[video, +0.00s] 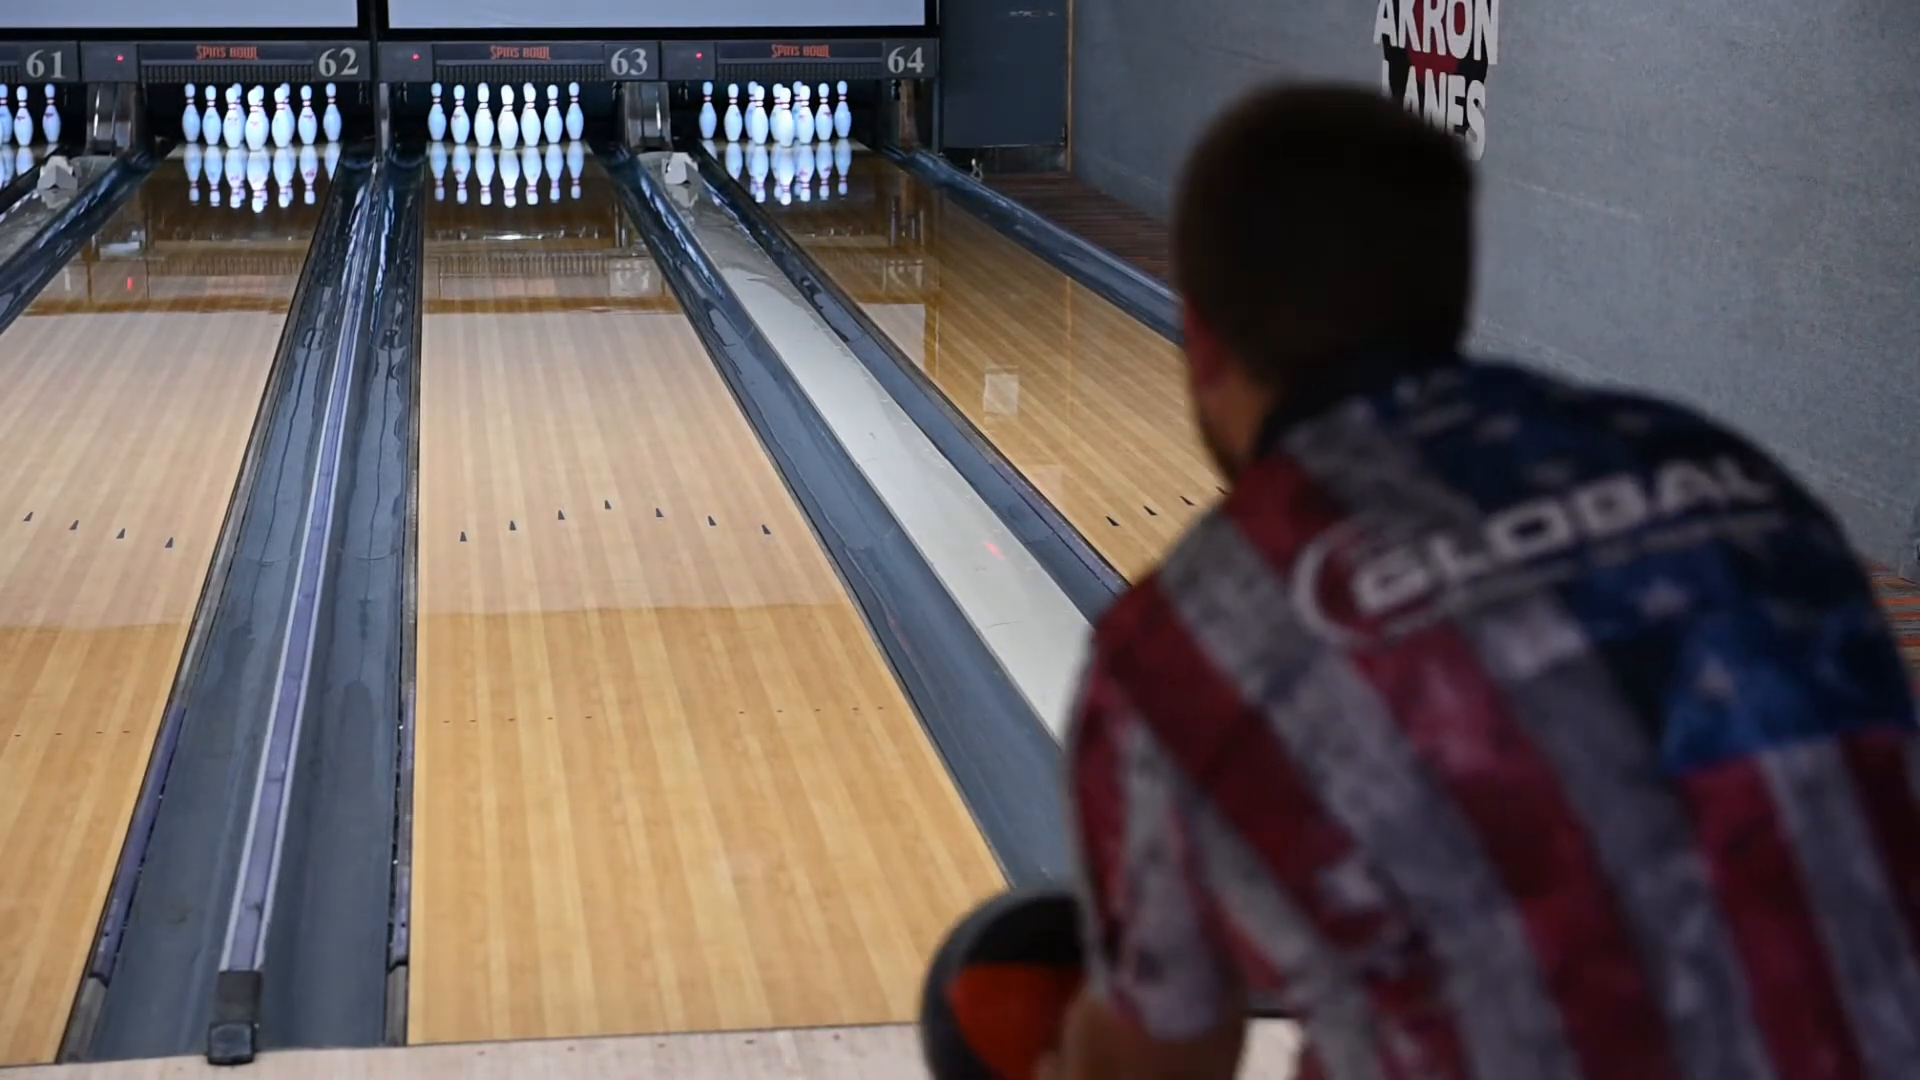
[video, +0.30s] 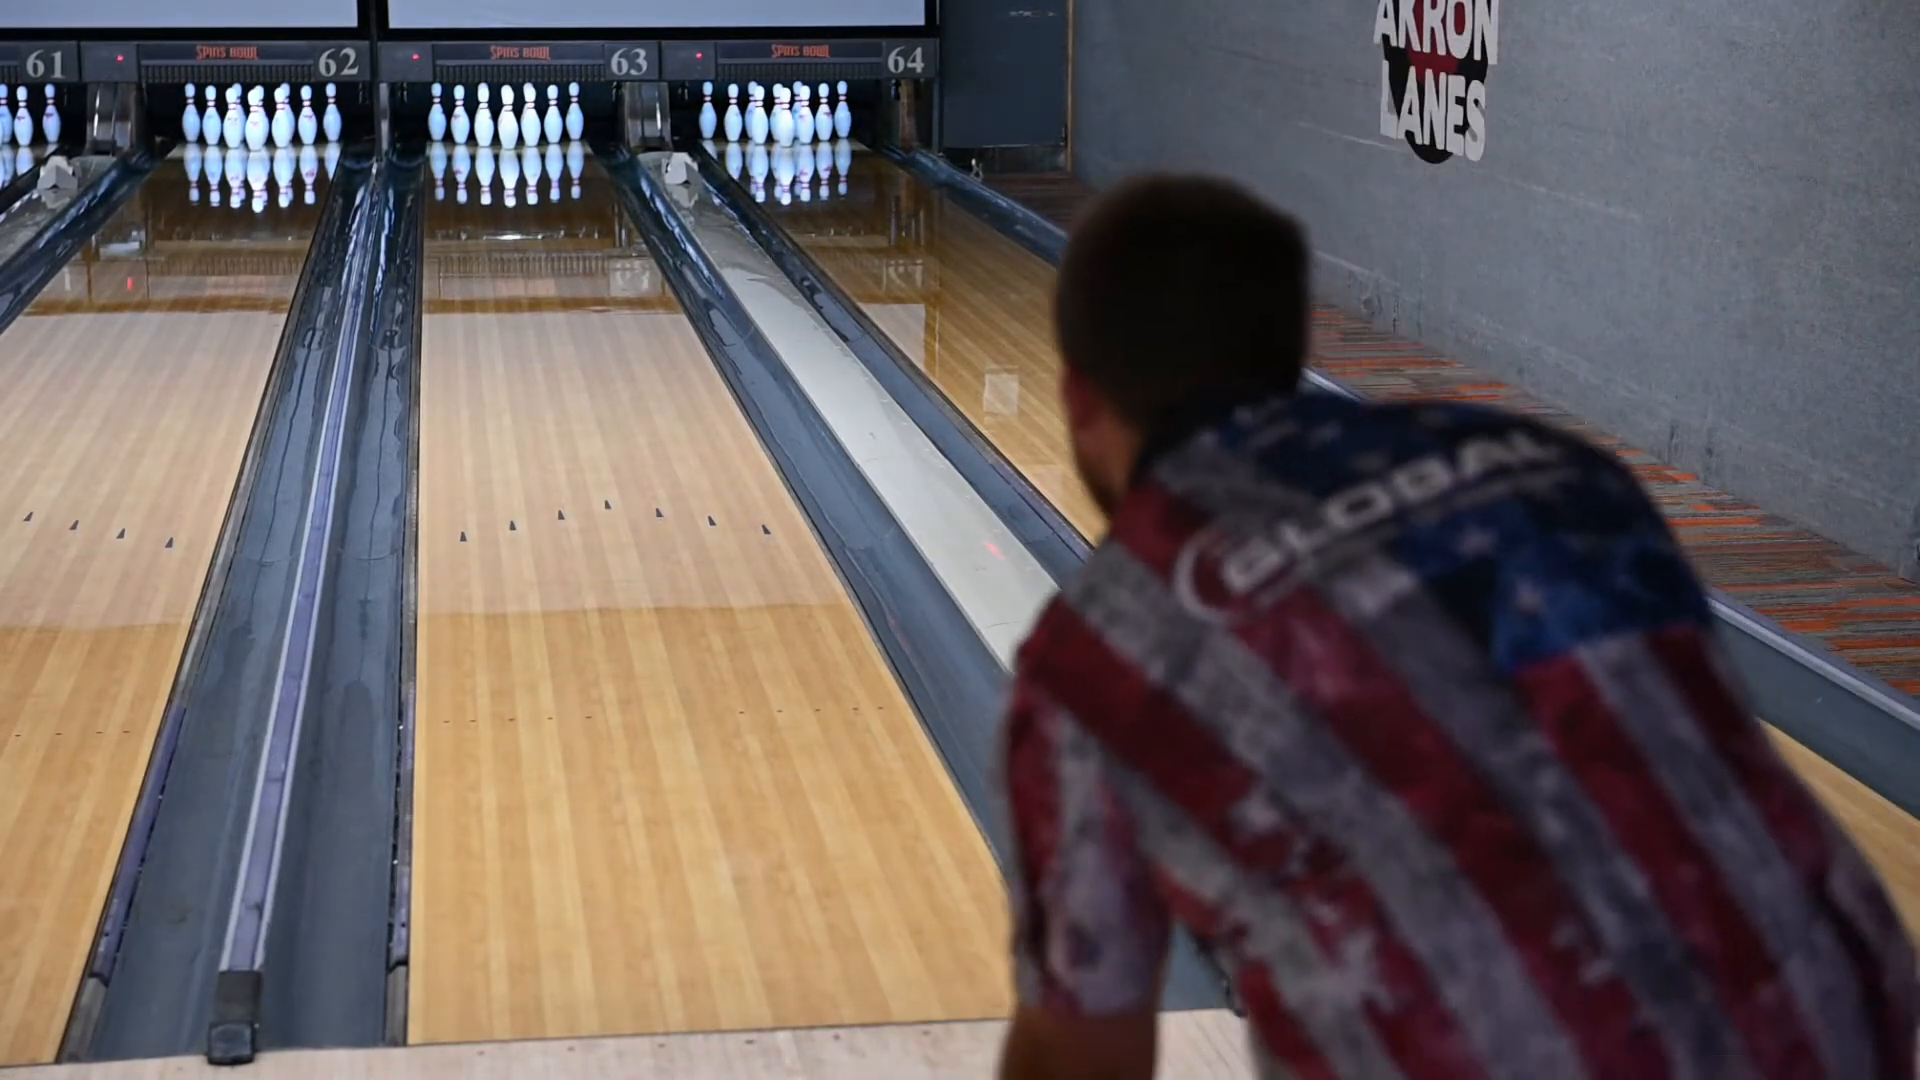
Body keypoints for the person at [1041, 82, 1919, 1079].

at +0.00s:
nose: (1187, 357)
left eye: (1186, 316)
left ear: (1199, 338)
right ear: (1457, 303)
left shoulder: (1176, 653)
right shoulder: (1718, 465)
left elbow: (1164, 1052)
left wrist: (1087, 1040)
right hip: (1875, 1046)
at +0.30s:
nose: (1077, 434)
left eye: (1068, 406)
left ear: (1085, 408)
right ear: (1301, 354)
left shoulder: (1093, 664)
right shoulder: (1542, 452)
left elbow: (1082, 1040)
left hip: (1509, 1060)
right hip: (1848, 1016)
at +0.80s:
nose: (866, 315)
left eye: (867, 299)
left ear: (885, 290)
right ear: (1034, 220)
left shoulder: (925, 356)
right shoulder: (1202, 282)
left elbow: (1058, 261)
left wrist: (1161, 128)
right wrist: (1180, 124)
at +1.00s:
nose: (784, 429)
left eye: (780, 411)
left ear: (793, 413)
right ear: (929, 363)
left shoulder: (831, 501)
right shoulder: (1023, 409)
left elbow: (944, 489)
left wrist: (1048, 435)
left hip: (1172, 844)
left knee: (1117, 1054)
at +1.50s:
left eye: (703, 300)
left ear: (719, 302)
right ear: (829, 264)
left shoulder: (724, 359)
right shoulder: (958, 296)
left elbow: (641, 323)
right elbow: (1119, 431)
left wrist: (677, 189)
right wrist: (1157, 589)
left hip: (971, 600)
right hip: (1120, 560)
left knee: (1094, 908)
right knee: (974, 795)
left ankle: (1367, 1068)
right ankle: (938, 1066)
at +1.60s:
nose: (700, 231)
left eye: (702, 211)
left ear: (716, 217)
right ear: (833, 196)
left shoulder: (722, 300)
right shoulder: (956, 242)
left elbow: (600, 290)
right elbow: (1078, 374)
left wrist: (637, 146)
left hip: (960, 556)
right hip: (1121, 526)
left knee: (1060, 863)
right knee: (974, 800)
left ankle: (1296, 1064)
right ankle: (939, 1059)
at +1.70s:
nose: (723, 205)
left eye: (722, 188)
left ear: (725, 189)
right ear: (842, 159)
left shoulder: (728, 273)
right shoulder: (946, 212)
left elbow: (606, 331)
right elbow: (1055, 338)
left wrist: (627, 185)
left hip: (955, 539)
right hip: (1109, 508)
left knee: (1032, 838)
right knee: (978, 809)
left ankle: (1244, 1068)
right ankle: (939, 1068)